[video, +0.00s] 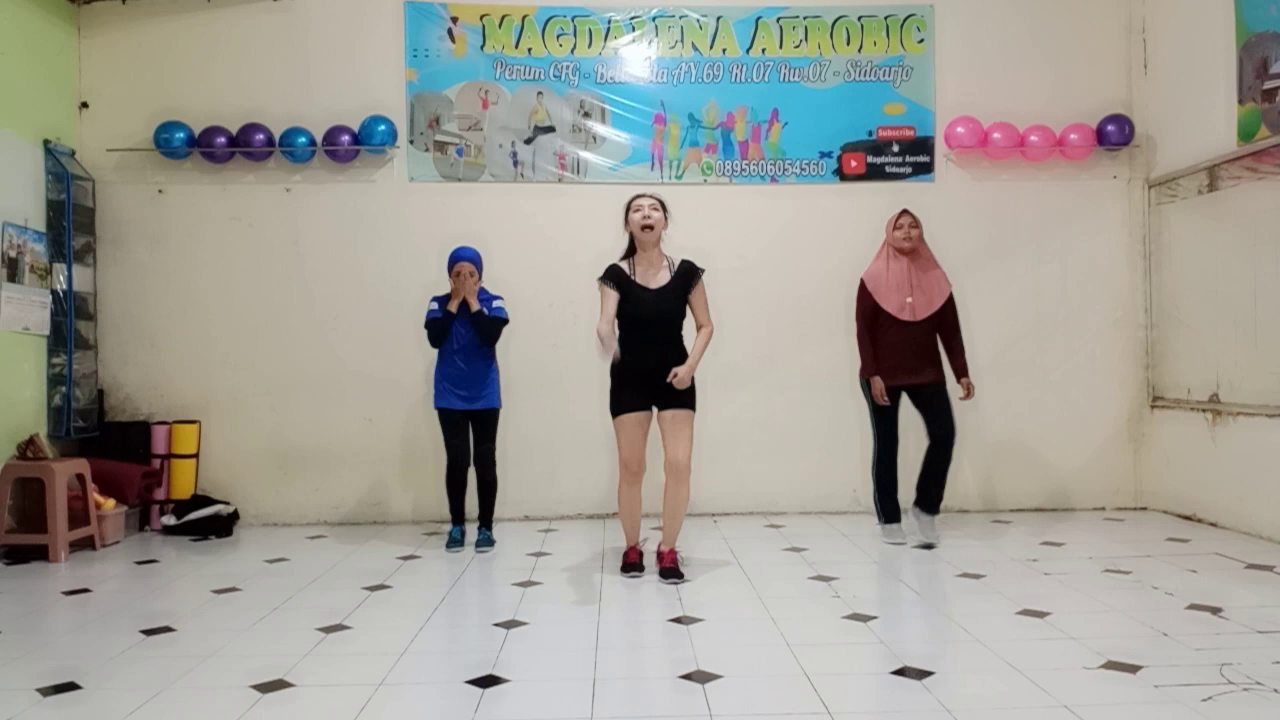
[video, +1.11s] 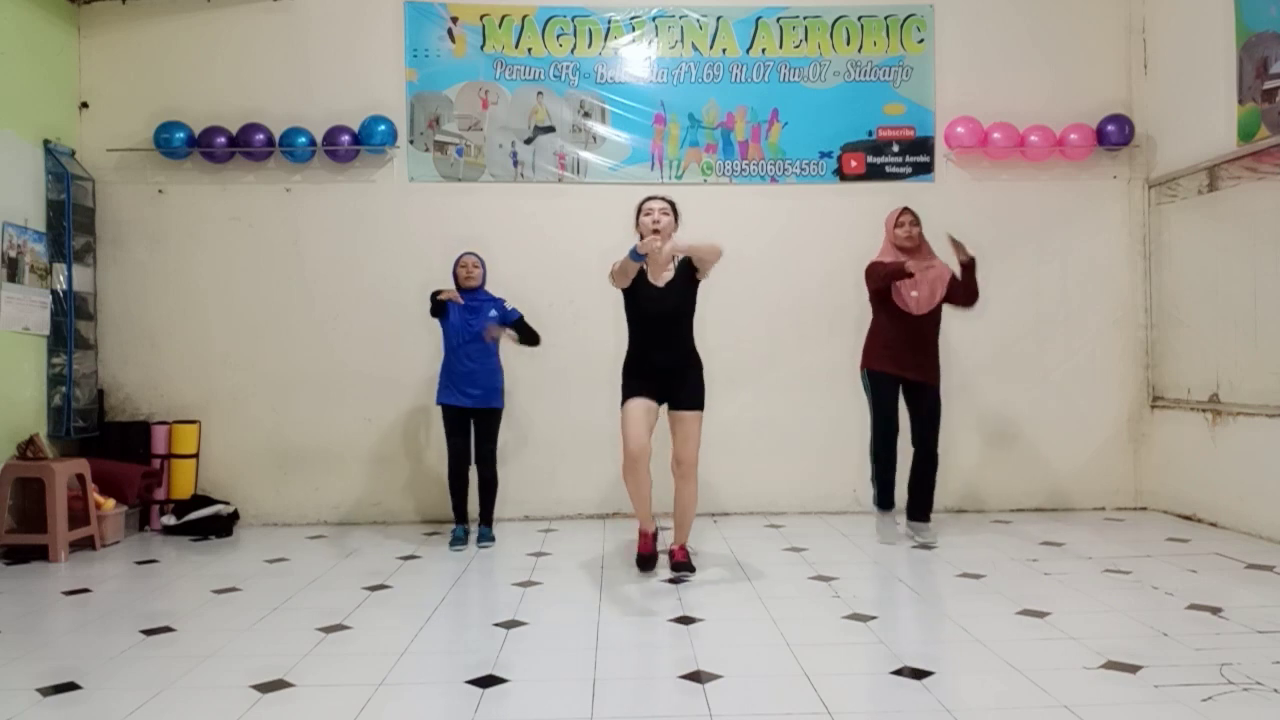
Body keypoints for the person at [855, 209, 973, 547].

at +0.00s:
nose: (907, 232)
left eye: (913, 227)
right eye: (900, 227)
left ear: (922, 235)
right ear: (889, 236)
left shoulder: (934, 277)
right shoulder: (874, 278)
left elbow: (950, 328)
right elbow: (864, 331)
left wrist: (962, 373)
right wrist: (872, 375)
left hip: (924, 371)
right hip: (883, 374)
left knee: (944, 436)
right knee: (886, 446)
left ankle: (925, 511)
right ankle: (889, 520)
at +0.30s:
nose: (909, 235)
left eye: (914, 229)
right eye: (901, 230)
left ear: (922, 235)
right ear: (890, 238)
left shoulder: (941, 279)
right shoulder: (878, 278)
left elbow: (950, 334)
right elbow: (864, 328)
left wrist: (950, 379)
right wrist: (851, 343)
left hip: (927, 377)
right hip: (884, 375)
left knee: (927, 450)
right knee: (888, 446)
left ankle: (917, 520)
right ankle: (889, 518)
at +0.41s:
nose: (910, 230)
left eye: (915, 225)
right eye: (903, 226)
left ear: (924, 232)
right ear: (892, 234)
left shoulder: (942, 275)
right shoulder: (879, 274)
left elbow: (951, 329)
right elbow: (858, 322)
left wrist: (951, 375)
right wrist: (840, 301)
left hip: (926, 365)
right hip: (885, 363)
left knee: (925, 441)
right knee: (888, 432)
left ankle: (917, 520)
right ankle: (890, 498)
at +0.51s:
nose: (911, 228)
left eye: (916, 223)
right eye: (904, 224)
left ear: (925, 230)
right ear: (892, 232)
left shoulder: (941, 272)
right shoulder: (881, 270)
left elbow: (950, 327)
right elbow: (852, 312)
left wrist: (949, 373)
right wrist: (850, 276)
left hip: (926, 364)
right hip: (885, 359)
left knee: (922, 441)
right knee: (889, 417)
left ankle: (917, 519)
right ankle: (891, 489)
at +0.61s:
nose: (912, 231)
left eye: (916, 226)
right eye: (904, 227)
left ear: (923, 233)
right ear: (892, 235)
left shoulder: (937, 274)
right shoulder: (882, 270)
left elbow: (947, 328)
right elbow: (858, 287)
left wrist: (948, 377)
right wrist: (882, 254)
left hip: (926, 373)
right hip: (884, 372)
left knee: (926, 447)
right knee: (888, 443)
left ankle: (917, 519)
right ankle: (885, 519)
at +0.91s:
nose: (910, 233)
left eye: (914, 228)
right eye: (902, 229)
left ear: (922, 234)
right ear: (890, 238)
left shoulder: (933, 276)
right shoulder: (878, 271)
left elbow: (938, 327)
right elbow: (878, 280)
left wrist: (972, 323)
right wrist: (904, 272)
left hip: (921, 368)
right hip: (879, 368)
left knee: (934, 441)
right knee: (883, 442)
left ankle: (920, 509)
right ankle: (884, 518)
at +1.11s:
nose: (909, 229)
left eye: (914, 224)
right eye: (901, 225)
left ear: (922, 231)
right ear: (890, 234)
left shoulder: (936, 271)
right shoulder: (879, 269)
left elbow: (966, 298)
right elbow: (876, 278)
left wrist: (967, 265)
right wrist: (903, 270)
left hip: (923, 367)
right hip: (882, 363)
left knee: (927, 444)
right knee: (885, 436)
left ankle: (919, 519)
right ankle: (885, 512)